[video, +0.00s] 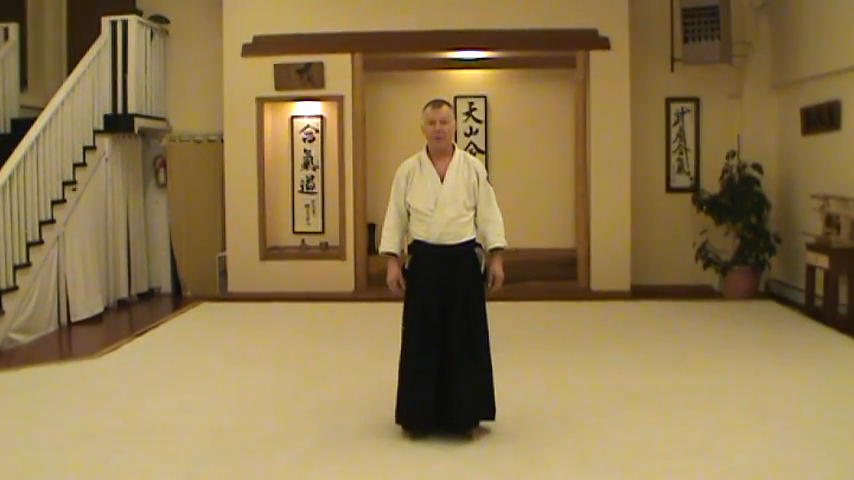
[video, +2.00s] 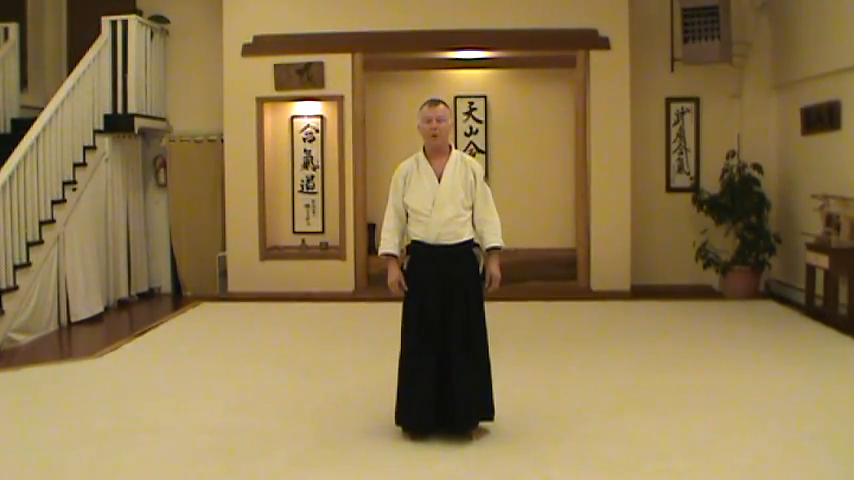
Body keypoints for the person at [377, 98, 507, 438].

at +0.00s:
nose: (438, 128)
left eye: (444, 122)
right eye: (432, 123)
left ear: (455, 126)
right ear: (423, 128)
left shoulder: (472, 167)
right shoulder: (408, 169)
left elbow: (488, 212)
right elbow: (395, 216)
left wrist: (495, 256)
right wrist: (392, 260)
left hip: (463, 260)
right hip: (424, 260)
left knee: (464, 335)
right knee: (422, 336)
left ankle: (463, 416)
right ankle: (419, 416)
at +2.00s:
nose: (435, 126)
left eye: (441, 120)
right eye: (428, 120)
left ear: (451, 125)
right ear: (419, 127)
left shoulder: (469, 167)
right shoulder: (406, 170)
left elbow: (485, 212)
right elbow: (394, 217)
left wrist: (492, 256)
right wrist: (392, 262)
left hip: (461, 260)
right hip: (422, 260)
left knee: (463, 336)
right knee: (422, 336)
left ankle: (463, 416)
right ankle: (420, 417)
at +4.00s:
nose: (436, 128)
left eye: (442, 122)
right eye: (429, 122)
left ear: (453, 126)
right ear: (420, 128)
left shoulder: (470, 167)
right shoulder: (406, 170)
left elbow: (486, 212)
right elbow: (393, 216)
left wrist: (494, 257)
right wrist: (390, 261)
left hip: (462, 260)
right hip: (422, 261)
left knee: (463, 337)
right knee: (422, 337)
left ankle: (463, 417)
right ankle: (420, 418)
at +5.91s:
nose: (407, 131)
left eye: (414, 125)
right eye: (401, 126)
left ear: (425, 127)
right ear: (393, 130)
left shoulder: (446, 166)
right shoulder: (381, 172)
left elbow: (464, 211)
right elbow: (371, 219)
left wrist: (472, 256)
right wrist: (369, 263)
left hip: (442, 261)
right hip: (403, 262)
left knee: (447, 338)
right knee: (403, 338)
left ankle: (453, 419)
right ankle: (405, 418)